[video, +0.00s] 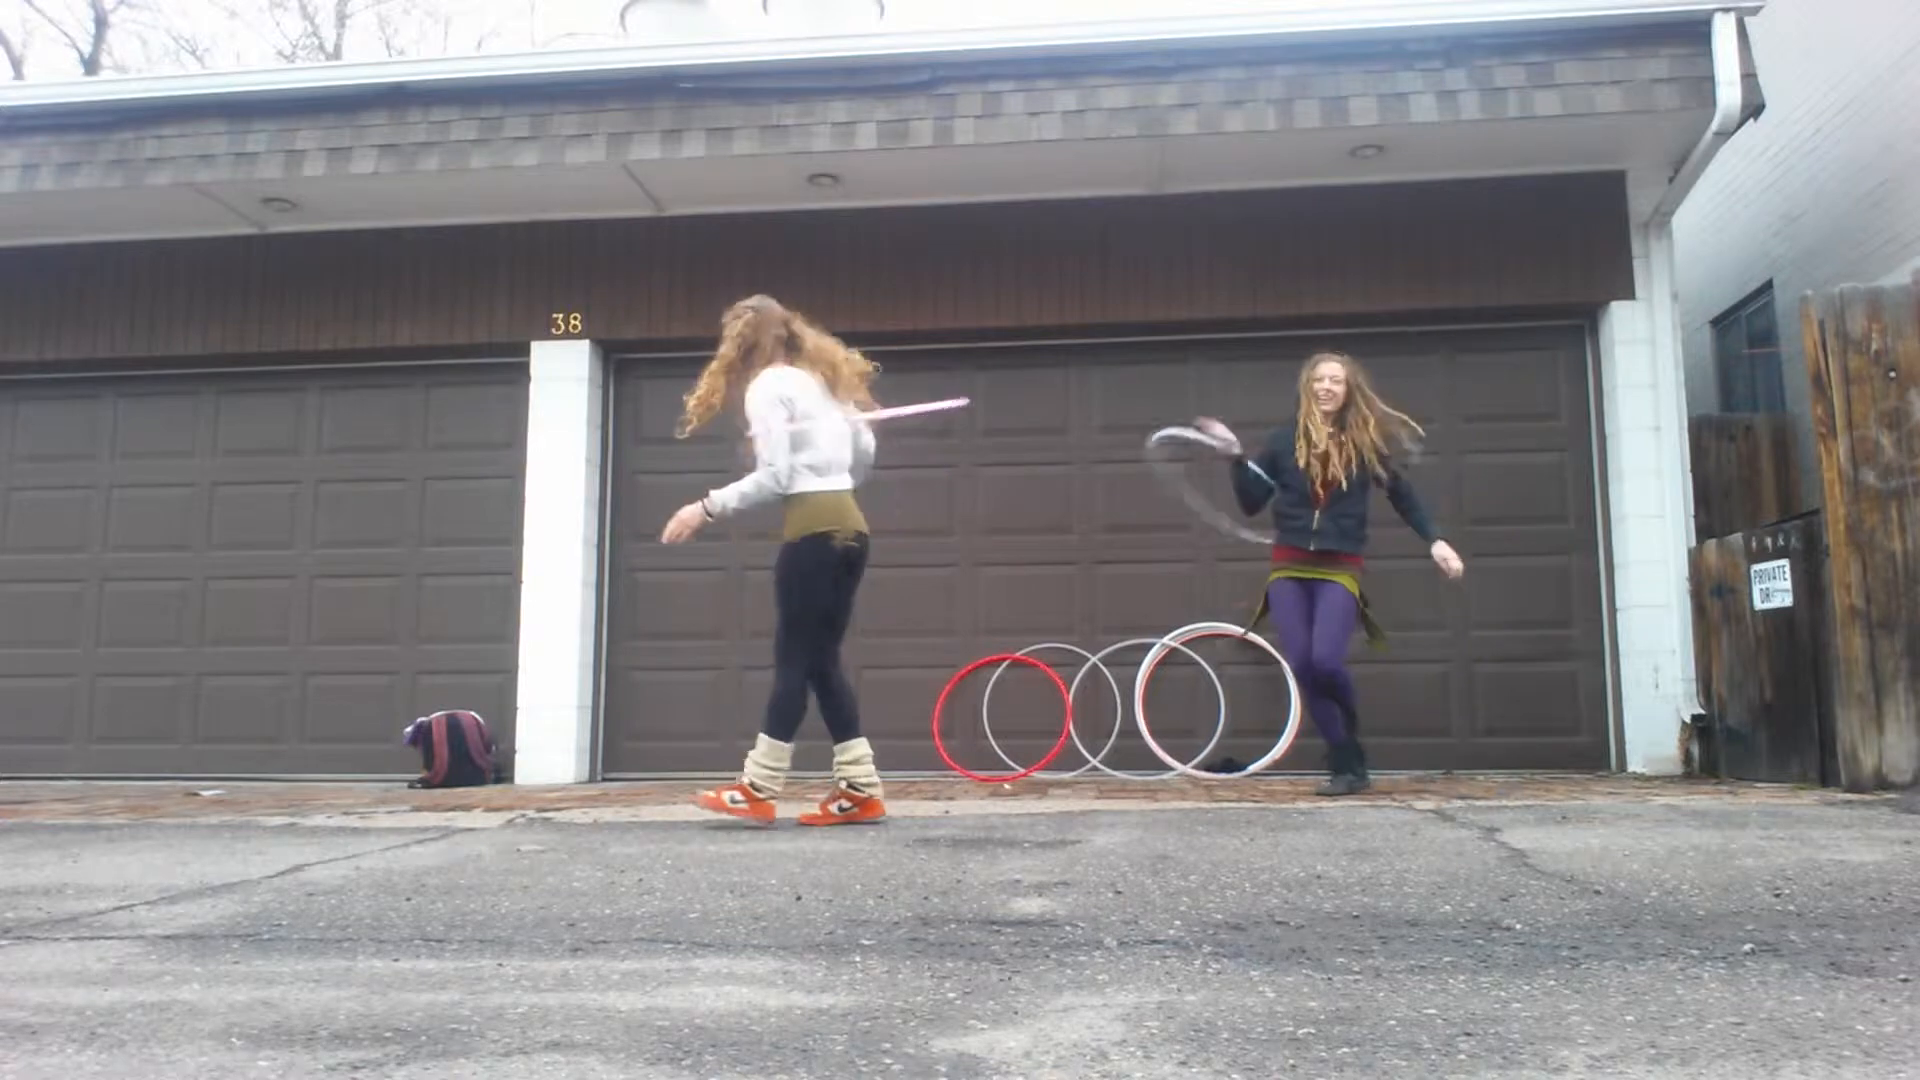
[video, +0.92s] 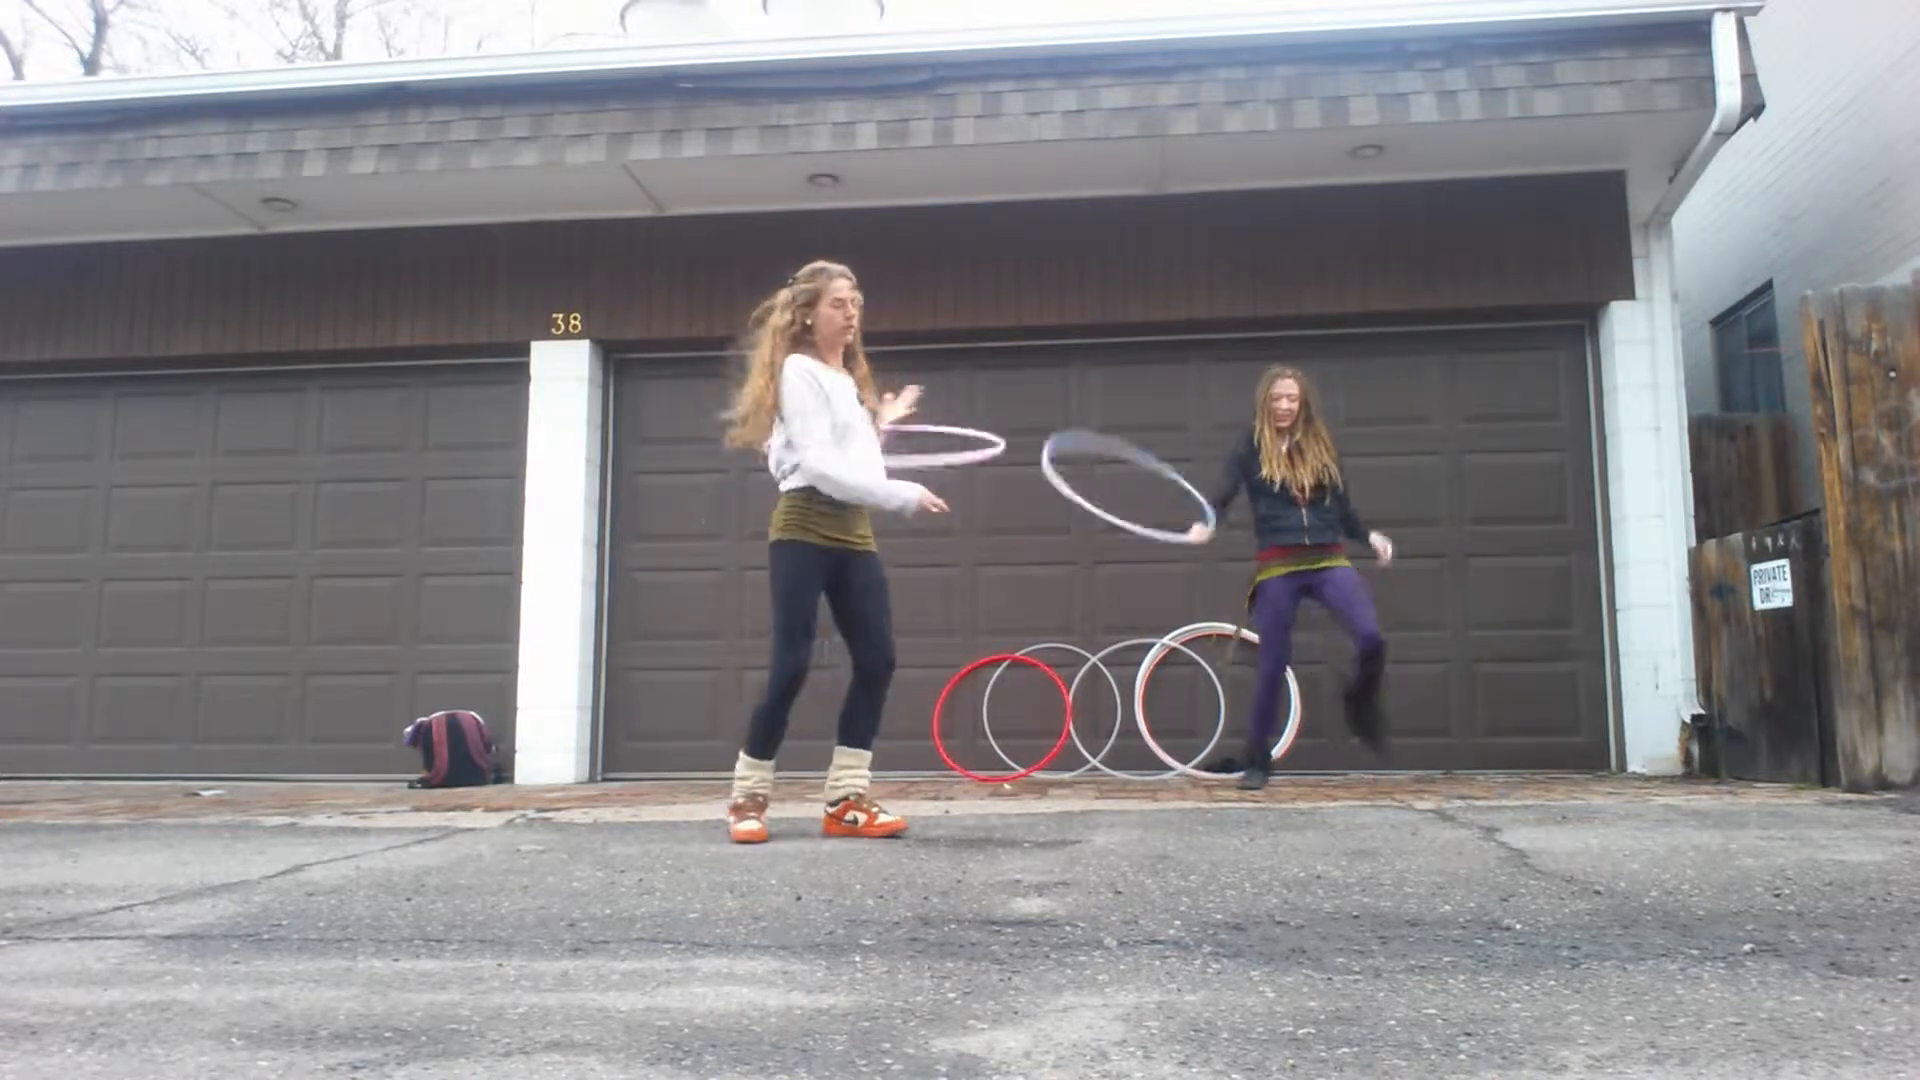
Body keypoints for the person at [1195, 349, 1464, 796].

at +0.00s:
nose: (1326, 388)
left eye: (1335, 381)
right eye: (1319, 381)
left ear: (1349, 389)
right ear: (1307, 387)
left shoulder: (1365, 443)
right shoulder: (1285, 440)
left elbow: (1402, 494)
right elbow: (1252, 503)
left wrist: (1434, 540)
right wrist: (1234, 457)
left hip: (1340, 566)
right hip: (1288, 563)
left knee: (1325, 662)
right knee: (1301, 665)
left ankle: (1350, 747)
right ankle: (1343, 766)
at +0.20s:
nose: (1307, 373)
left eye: (1316, 367)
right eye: (1299, 367)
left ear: (1330, 377)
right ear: (1285, 376)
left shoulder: (1344, 429)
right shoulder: (1264, 425)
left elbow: (1385, 484)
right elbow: (1204, 449)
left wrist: (1425, 539)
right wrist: (1176, 418)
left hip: (1333, 551)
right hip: (1281, 551)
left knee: (1325, 656)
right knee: (1288, 649)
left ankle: (1328, 756)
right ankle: (1320, 757)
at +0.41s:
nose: (1289, 377)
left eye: (1297, 371)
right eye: (1282, 371)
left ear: (1313, 381)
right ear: (1270, 380)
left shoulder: (1327, 434)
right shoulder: (1253, 427)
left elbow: (1347, 502)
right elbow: (1193, 450)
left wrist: (1364, 560)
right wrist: (1130, 467)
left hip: (1323, 553)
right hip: (1273, 553)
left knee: (1314, 651)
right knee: (1271, 651)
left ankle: (1320, 761)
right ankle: (1257, 760)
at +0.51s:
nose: (1284, 385)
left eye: (1292, 377)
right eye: (1276, 378)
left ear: (1308, 383)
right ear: (1265, 385)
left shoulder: (1323, 433)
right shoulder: (1252, 428)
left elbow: (1335, 505)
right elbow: (1201, 463)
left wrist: (1350, 565)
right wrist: (1148, 494)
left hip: (1316, 551)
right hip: (1265, 552)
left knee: (1323, 644)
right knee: (1261, 657)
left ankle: (1314, 752)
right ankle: (1253, 760)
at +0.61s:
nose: (1281, 395)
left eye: (1289, 387)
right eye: (1274, 387)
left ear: (1302, 393)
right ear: (1262, 391)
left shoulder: (1315, 439)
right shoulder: (1246, 433)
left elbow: (1328, 509)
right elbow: (1196, 462)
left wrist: (1345, 563)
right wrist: (1138, 479)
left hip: (1314, 554)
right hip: (1264, 557)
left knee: (1331, 625)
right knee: (1262, 661)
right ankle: (1253, 757)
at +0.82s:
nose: (1277, 404)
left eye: (1285, 397)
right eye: (1270, 397)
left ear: (1297, 401)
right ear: (1259, 401)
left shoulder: (1311, 444)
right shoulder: (1244, 445)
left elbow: (1330, 509)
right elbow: (1201, 486)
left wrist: (1359, 554)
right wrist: (1161, 527)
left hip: (1325, 559)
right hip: (1273, 565)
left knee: (1357, 619)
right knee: (1269, 666)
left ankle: (1318, 638)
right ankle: (1256, 763)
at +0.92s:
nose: (1283, 406)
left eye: (1291, 399)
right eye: (1276, 399)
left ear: (1302, 404)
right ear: (1264, 403)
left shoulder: (1319, 444)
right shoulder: (1251, 446)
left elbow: (1340, 503)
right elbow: (1226, 488)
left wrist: (1367, 537)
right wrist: (1206, 521)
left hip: (1330, 560)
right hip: (1278, 565)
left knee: (1371, 637)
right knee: (1272, 662)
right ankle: (1257, 762)